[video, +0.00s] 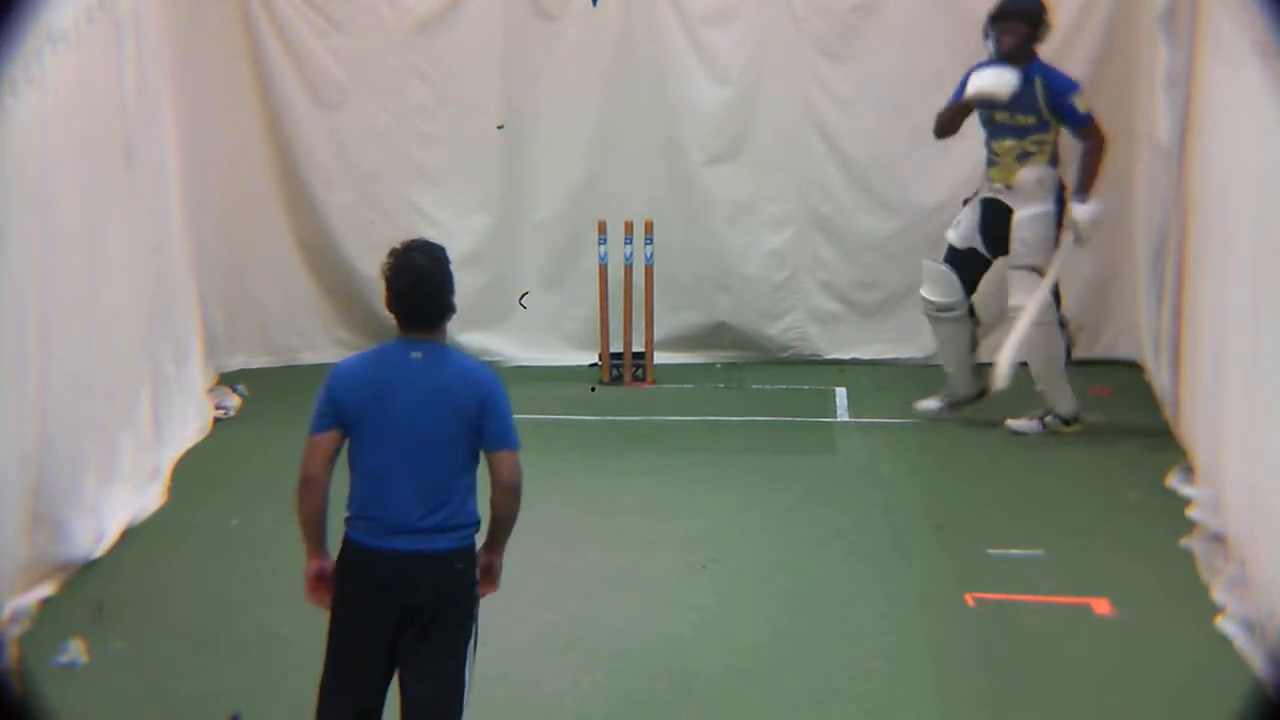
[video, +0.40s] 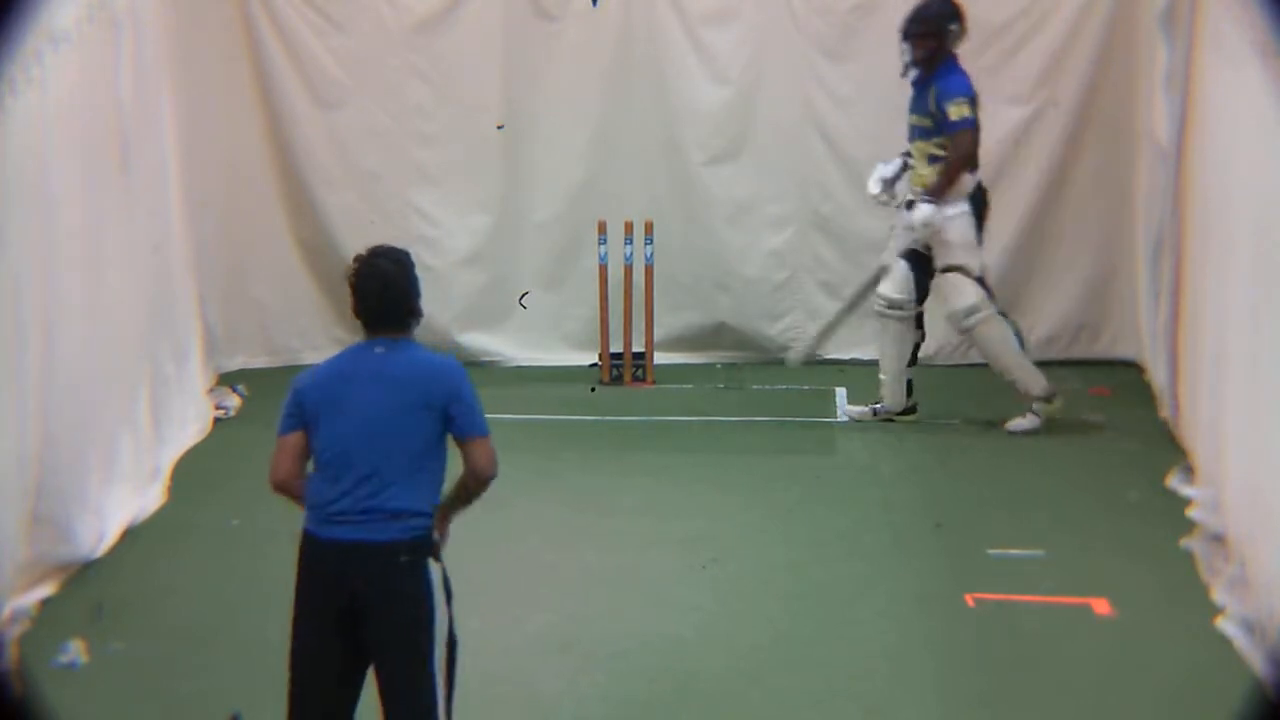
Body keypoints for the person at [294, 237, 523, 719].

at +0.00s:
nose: (386, 293)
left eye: (386, 287)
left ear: (389, 302)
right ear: (451, 301)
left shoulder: (350, 376)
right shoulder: (478, 380)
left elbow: (312, 475)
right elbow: (508, 479)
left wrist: (316, 555)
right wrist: (494, 550)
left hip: (367, 575)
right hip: (445, 577)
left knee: (347, 705)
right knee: (435, 707)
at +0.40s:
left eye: (356, 292)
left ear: (357, 306)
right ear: (415, 305)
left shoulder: (316, 380)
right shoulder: (444, 375)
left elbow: (284, 476)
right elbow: (482, 467)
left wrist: (341, 502)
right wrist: (444, 512)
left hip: (325, 570)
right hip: (405, 572)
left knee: (317, 707)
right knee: (417, 708)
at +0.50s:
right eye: (406, 298)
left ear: (346, 311)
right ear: (407, 310)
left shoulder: (308, 381)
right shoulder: (431, 373)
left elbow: (278, 477)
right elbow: (476, 461)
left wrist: (338, 473)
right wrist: (435, 478)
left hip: (310, 565)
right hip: (383, 565)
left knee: (307, 703)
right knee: (391, 704)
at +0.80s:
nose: (410, 334)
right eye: (409, 326)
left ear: (345, 337)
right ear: (406, 336)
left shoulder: (303, 393)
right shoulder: (425, 392)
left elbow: (296, 465)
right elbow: (440, 490)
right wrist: (420, 498)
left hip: (274, 549)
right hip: (343, 551)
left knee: (281, 689)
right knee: (350, 694)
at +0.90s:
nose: (416, 333)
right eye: (415, 324)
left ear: (350, 338)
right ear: (409, 334)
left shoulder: (308, 393)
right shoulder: (427, 394)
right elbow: (430, 499)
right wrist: (392, 540)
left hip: (273, 547)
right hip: (341, 551)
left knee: (280, 693)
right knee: (330, 699)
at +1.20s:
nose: (441, 328)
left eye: (437, 317)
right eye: (438, 318)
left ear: (377, 330)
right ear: (430, 326)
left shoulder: (356, 379)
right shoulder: (415, 382)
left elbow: (345, 470)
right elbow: (406, 475)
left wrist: (397, 530)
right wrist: (416, 530)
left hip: (280, 547)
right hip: (321, 554)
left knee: (290, 700)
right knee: (319, 704)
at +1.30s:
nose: (448, 322)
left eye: (444, 311)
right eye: (444, 312)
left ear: (387, 324)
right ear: (431, 321)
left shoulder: (382, 377)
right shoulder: (395, 383)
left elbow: (386, 479)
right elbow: (376, 474)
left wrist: (447, 510)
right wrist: (423, 515)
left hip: (311, 560)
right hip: (312, 562)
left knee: (327, 704)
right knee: (320, 708)